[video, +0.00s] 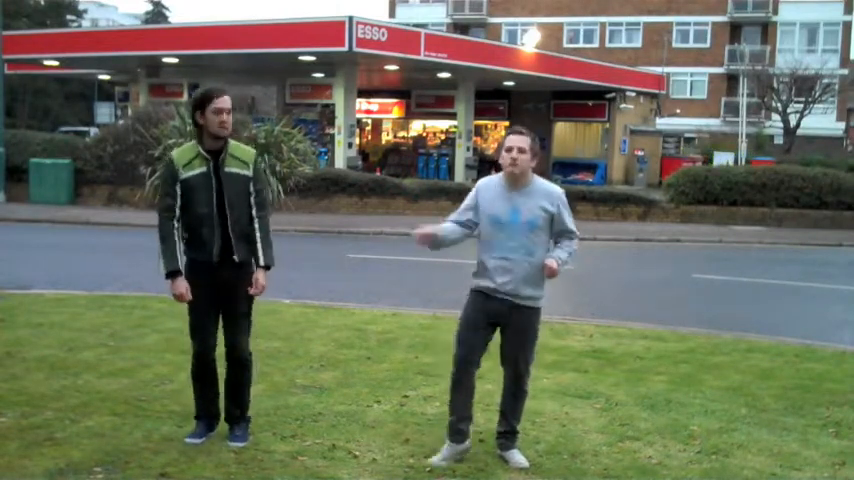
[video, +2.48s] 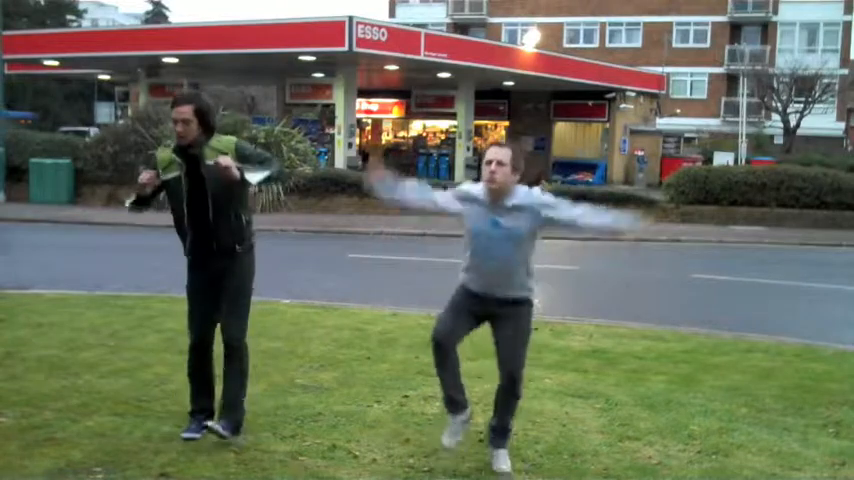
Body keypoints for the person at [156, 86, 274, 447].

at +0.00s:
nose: (226, 118)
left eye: (229, 112)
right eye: (218, 112)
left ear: (232, 116)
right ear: (200, 117)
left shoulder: (249, 159)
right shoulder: (178, 162)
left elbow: (260, 215)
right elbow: (168, 220)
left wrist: (263, 265)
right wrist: (175, 273)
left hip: (240, 269)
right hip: (199, 271)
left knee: (238, 350)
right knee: (202, 350)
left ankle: (238, 421)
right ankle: (205, 420)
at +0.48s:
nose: (223, 118)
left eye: (224, 112)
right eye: (215, 113)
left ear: (226, 117)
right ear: (195, 119)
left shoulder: (243, 160)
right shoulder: (172, 166)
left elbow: (257, 214)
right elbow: (161, 224)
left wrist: (260, 261)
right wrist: (171, 277)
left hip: (238, 270)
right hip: (196, 273)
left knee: (246, 341)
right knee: (199, 350)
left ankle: (240, 419)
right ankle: (205, 419)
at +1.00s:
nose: (242, 116)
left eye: (245, 110)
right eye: (234, 110)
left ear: (248, 115)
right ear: (214, 115)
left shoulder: (260, 158)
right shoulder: (188, 156)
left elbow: (266, 214)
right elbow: (168, 211)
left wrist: (262, 264)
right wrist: (174, 263)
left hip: (245, 268)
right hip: (205, 267)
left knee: (243, 348)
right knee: (206, 347)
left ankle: (240, 420)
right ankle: (205, 418)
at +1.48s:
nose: (237, 126)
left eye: (245, 119)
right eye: (232, 118)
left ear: (257, 124)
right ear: (223, 120)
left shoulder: (274, 167)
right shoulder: (202, 158)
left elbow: (279, 218)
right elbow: (186, 209)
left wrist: (257, 252)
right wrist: (193, 254)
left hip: (247, 269)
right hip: (209, 268)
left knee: (244, 349)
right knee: (211, 347)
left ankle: (240, 421)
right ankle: (203, 419)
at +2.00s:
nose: (209, 122)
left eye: (216, 116)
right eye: (205, 116)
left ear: (232, 119)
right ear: (200, 118)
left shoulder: (254, 151)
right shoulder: (188, 151)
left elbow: (278, 193)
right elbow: (171, 201)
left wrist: (258, 190)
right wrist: (172, 188)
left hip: (237, 262)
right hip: (198, 260)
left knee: (241, 345)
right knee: (192, 340)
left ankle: (242, 420)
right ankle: (195, 415)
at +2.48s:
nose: (179, 128)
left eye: (185, 122)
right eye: (175, 122)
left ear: (203, 124)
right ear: (171, 124)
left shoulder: (229, 147)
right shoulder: (166, 158)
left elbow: (273, 167)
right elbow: (140, 206)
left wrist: (242, 174)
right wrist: (144, 193)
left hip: (236, 256)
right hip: (199, 258)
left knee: (234, 337)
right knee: (198, 340)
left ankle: (231, 420)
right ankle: (200, 415)